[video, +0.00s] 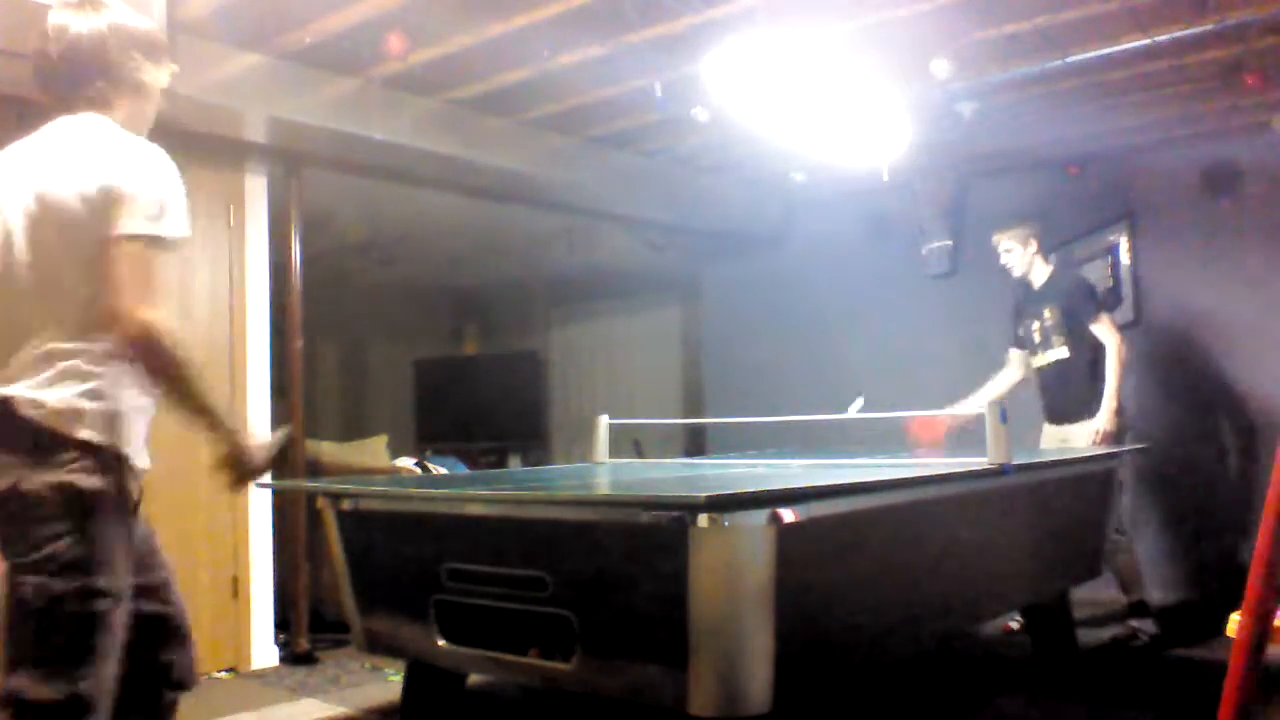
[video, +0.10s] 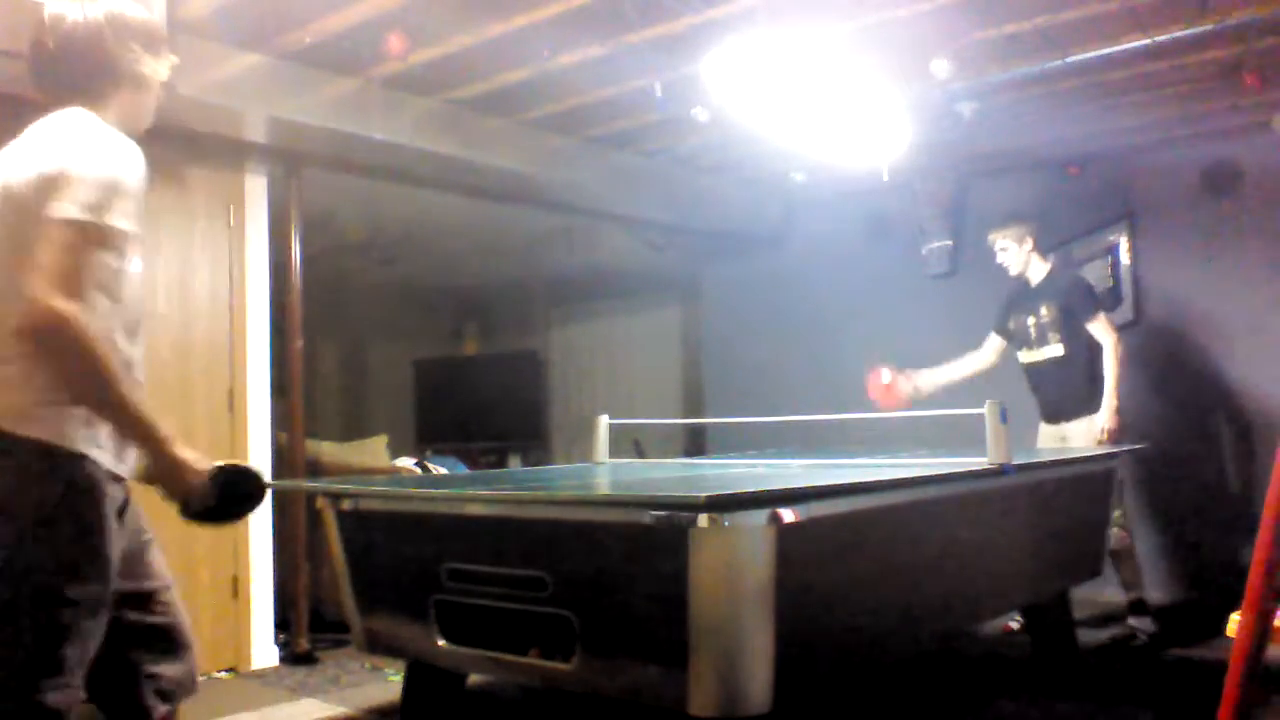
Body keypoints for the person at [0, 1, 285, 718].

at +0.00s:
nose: (167, 81)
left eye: (164, 62)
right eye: (158, 63)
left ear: (70, 73)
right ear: (126, 70)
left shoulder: (15, 160)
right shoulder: (134, 161)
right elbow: (134, 319)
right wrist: (231, 438)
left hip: (21, 459)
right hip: (72, 467)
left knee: (161, 657)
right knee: (61, 692)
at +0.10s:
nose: (170, 73)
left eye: (167, 54)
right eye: (160, 55)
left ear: (72, 66)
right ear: (126, 62)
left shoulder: (26, 149)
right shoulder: (103, 149)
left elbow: (35, 320)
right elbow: (51, 310)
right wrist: (170, 455)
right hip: (58, 466)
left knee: (158, 667)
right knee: (42, 684)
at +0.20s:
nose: (176, 53)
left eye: (172, 35)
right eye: (163, 32)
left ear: (118, 44)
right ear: (116, 40)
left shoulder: (80, 144)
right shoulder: (55, 131)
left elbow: (32, 319)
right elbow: (1, 305)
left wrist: (115, 440)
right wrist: (106, 436)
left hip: (87, 474)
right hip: (38, 467)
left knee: (149, 682)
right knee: (35, 699)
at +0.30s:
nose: (180, 53)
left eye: (176, 34)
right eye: (164, 30)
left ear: (122, 45)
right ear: (113, 37)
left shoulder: (90, 154)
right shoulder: (39, 133)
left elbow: (42, 335)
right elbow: (1, 338)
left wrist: (116, 451)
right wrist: (82, 432)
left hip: (92, 475)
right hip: (29, 469)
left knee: (161, 677)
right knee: (39, 699)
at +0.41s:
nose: (190, 62)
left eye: (185, 44)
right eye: (175, 41)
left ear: (127, 57)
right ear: (123, 50)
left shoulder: (109, 167)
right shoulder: (38, 142)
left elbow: (98, 362)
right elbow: (4, 347)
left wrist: (159, 471)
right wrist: (74, 459)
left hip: (102, 464)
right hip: (29, 471)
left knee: (194, 654)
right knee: (42, 687)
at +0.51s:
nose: (210, 83)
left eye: (209, 66)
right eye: (199, 64)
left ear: (156, 69)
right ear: (155, 65)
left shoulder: (137, 182)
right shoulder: (64, 155)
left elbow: (130, 355)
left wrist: (202, 467)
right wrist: (39, 464)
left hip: (127, 484)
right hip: (45, 488)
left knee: (216, 657)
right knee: (44, 699)